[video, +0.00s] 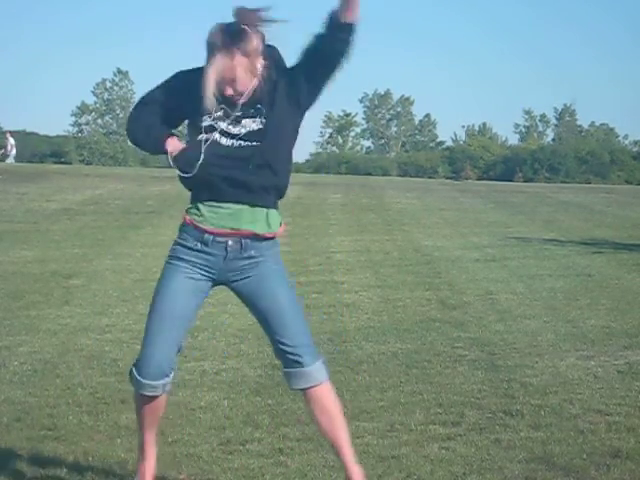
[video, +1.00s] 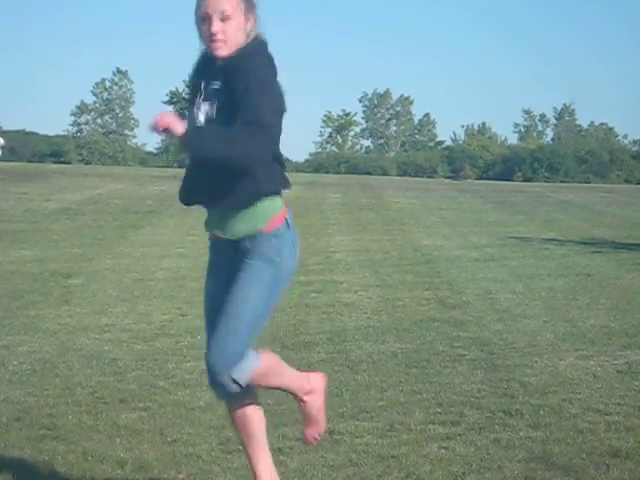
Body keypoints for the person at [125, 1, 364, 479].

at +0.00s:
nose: (234, 93)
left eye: (241, 84)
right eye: (224, 84)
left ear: (260, 67)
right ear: (212, 65)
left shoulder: (290, 90)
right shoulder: (192, 85)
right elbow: (140, 119)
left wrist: (348, 8)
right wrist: (173, 146)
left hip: (259, 256)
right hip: (193, 251)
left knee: (305, 363)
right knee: (151, 368)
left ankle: (354, 470)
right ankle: (147, 461)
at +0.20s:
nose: (215, 96)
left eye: (225, 87)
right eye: (208, 88)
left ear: (248, 92)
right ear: (202, 94)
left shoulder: (271, 139)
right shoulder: (189, 156)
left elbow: (311, 128)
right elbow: (169, 226)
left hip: (238, 294)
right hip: (177, 284)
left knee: (297, 386)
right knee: (159, 407)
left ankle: (304, 478)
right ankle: (135, 472)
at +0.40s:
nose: (217, 49)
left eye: (226, 39)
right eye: (209, 39)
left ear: (247, 36)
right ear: (197, 37)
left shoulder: (270, 76)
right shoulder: (180, 82)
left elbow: (309, 114)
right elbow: (162, 159)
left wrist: (333, 137)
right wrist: (189, 156)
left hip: (262, 238)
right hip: (198, 235)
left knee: (294, 361)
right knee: (162, 359)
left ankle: (316, 470)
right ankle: (159, 461)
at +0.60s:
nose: (222, 32)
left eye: (231, 23)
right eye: (213, 23)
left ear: (247, 21)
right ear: (198, 20)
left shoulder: (263, 64)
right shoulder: (178, 62)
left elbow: (291, 138)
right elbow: (151, 122)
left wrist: (333, 128)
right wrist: (168, 152)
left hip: (261, 220)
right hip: (225, 220)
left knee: (258, 337)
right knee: (221, 333)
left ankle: (265, 444)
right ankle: (241, 451)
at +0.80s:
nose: (210, 63)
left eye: (223, 55)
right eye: (202, 54)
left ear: (242, 65)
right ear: (193, 63)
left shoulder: (250, 113)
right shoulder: (198, 115)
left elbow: (266, 188)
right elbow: (207, 185)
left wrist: (217, 147)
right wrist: (186, 221)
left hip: (273, 281)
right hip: (218, 276)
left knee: (250, 409)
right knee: (201, 392)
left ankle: (247, 466)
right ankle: (258, 476)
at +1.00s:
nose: (214, 28)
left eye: (225, 17)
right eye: (206, 19)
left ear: (248, 22)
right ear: (197, 24)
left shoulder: (255, 66)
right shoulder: (207, 69)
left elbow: (258, 142)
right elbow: (212, 139)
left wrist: (189, 134)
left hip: (268, 236)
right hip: (225, 238)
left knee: (229, 362)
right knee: (224, 366)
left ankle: (307, 386)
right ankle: (266, 474)